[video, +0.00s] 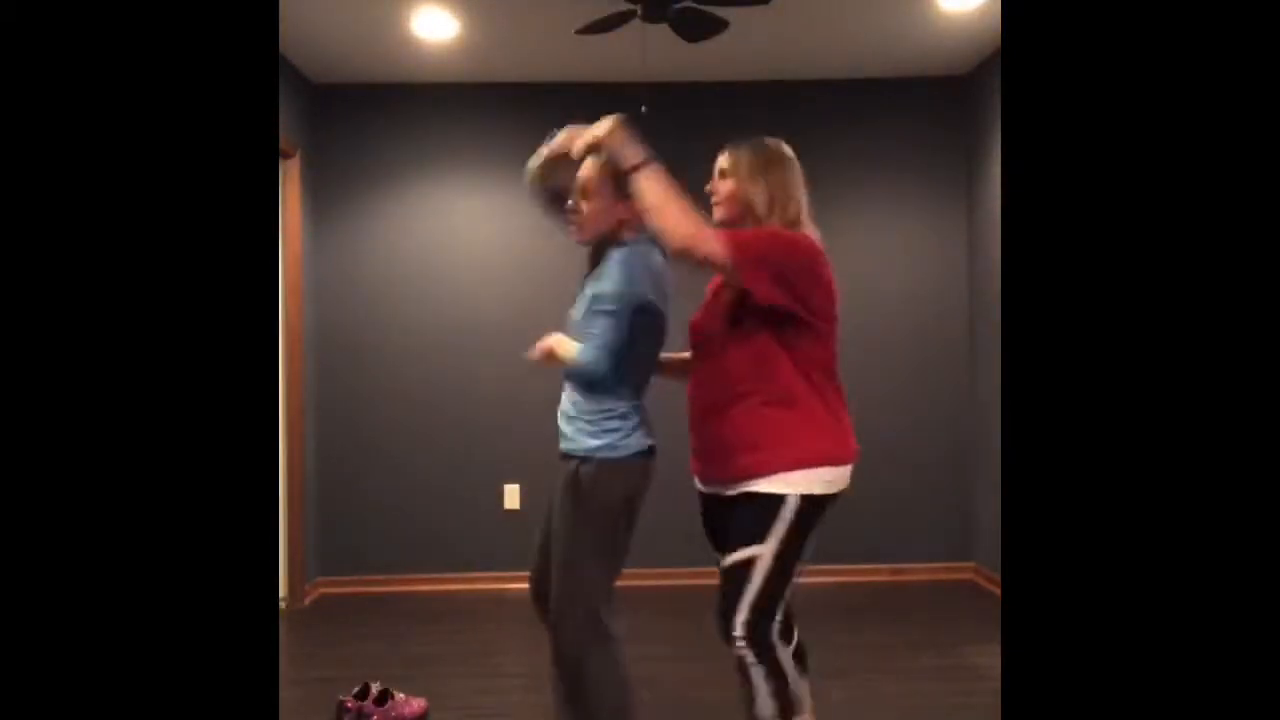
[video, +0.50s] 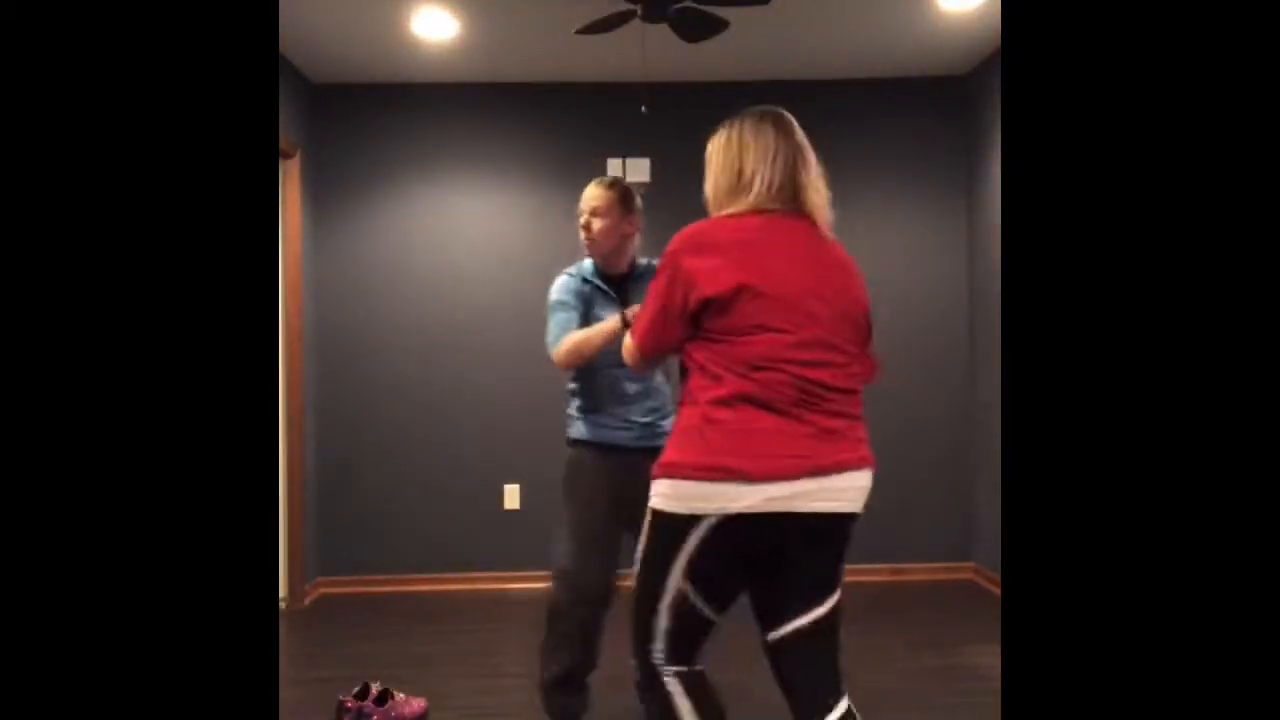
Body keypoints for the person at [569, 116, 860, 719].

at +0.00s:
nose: (712, 188)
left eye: (724, 176)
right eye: (712, 177)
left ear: (763, 186)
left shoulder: (795, 253)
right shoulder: (736, 264)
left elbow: (685, 237)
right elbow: (715, 364)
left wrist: (630, 150)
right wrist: (630, 355)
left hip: (791, 470)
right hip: (731, 474)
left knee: (746, 624)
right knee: (768, 626)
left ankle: (782, 712)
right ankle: (795, 710)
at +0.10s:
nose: (705, 179)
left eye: (717, 166)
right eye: (709, 167)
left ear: (753, 173)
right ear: (761, 176)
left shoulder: (774, 241)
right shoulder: (750, 247)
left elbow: (655, 277)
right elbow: (724, 366)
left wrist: (586, 220)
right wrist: (642, 367)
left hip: (784, 463)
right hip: (749, 463)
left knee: (728, 629)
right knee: (771, 618)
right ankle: (804, 709)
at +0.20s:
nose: (702, 174)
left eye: (712, 162)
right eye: (706, 162)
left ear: (744, 170)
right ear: (772, 172)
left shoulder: (739, 242)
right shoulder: (792, 240)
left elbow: (649, 328)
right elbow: (743, 335)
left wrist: (580, 289)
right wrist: (677, 370)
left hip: (753, 469)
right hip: (808, 462)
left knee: (715, 636)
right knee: (764, 613)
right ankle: (817, 710)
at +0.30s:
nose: (701, 177)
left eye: (709, 164)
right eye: (704, 163)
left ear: (734, 168)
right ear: (787, 171)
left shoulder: (725, 242)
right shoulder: (810, 244)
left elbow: (653, 356)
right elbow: (775, 356)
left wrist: (616, 320)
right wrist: (691, 390)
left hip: (737, 477)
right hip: (816, 470)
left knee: (711, 653)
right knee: (772, 637)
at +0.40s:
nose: (707, 178)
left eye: (713, 166)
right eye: (712, 166)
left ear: (728, 170)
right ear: (801, 170)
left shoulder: (707, 246)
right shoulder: (831, 255)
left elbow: (641, 355)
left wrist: (633, 313)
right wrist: (678, 313)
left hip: (723, 486)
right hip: (825, 485)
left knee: (703, 662)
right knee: (795, 660)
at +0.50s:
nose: (707, 177)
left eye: (712, 166)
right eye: (710, 167)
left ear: (726, 171)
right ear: (804, 172)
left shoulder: (700, 245)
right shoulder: (835, 257)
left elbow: (639, 354)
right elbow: (864, 367)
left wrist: (645, 316)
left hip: (715, 491)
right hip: (828, 490)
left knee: (665, 662)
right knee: (815, 677)